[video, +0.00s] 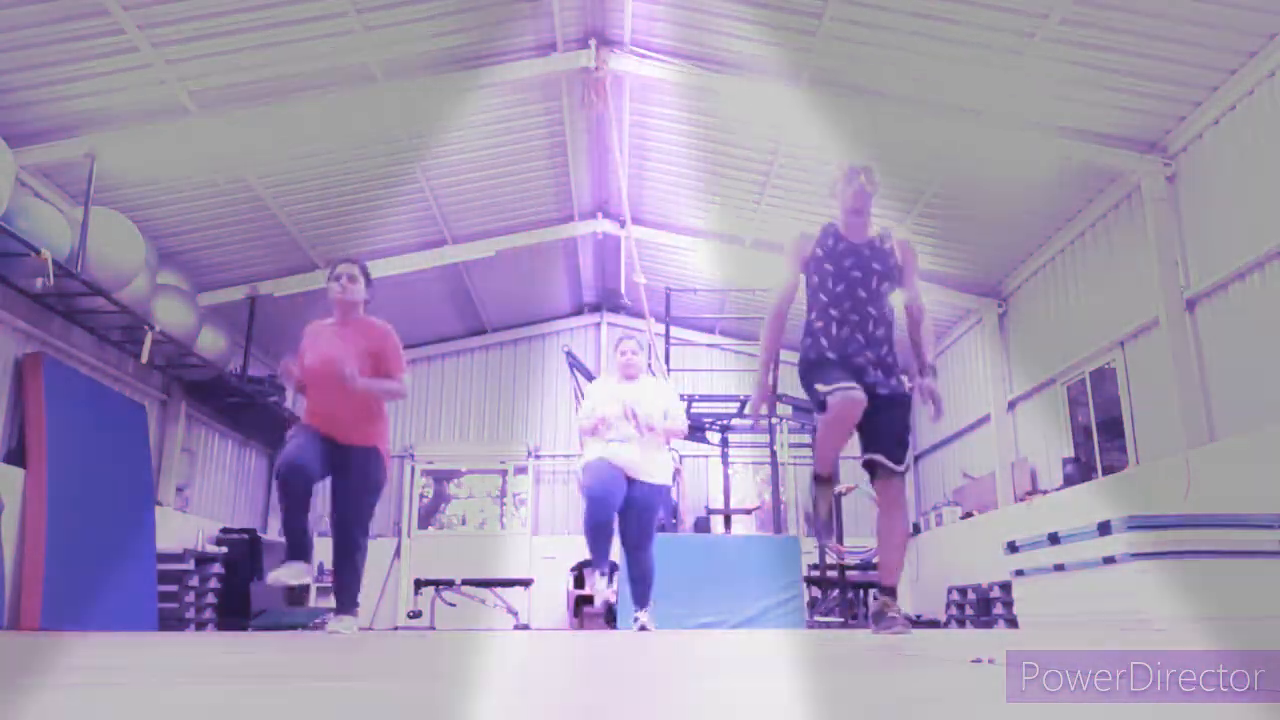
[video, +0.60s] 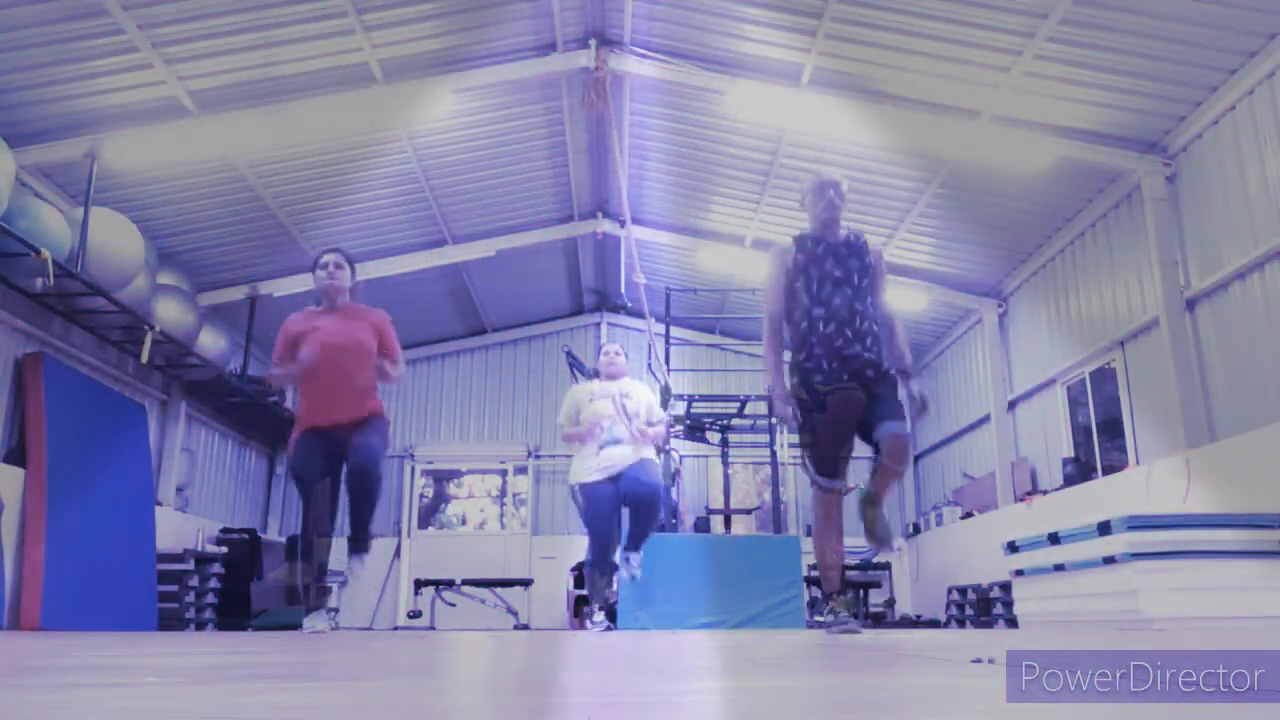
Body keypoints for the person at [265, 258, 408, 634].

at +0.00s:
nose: (343, 285)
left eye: (352, 279)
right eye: (337, 279)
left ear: (366, 290)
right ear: (327, 289)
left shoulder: (381, 333)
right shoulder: (314, 331)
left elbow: (400, 387)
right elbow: (308, 387)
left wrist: (360, 383)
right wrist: (294, 378)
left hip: (362, 441)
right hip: (317, 432)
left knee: (350, 531)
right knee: (291, 469)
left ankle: (346, 611)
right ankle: (299, 561)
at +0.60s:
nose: (330, 272)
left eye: (338, 267)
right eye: (323, 267)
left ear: (352, 278)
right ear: (314, 278)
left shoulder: (375, 319)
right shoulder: (296, 323)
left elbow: (397, 368)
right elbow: (274, 376)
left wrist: (388, 371)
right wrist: (299, 367)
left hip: (364, 421)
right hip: (315, 426)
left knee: (365, 461)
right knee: (317, 516)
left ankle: (358, 551)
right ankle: (316, 606)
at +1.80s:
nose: (344, 296)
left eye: (352, 291)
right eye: (339, 291)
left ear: (367, 301)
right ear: (330, 302)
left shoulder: (388, 339)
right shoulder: (320, 345)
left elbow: (417, 382)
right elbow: (312, 399)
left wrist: (397, 392)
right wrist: (306, 392)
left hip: (376, 448)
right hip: (330, 443)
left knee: (370, 526)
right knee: (321, 511)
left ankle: (371, 609)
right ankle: (317, 601)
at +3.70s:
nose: (350, 285)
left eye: (358, 280)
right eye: (344, 280)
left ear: (371, 291)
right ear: (334, 290)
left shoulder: (392, 330)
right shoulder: (319, 332)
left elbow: (413, 376)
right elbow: (304, 384)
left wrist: (397, 385)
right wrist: (320, 377)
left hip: (382, 430)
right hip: (336, 436)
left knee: (370, 480)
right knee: (336, 518)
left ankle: (378, 550)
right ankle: (338, 605)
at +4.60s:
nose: (349, 270)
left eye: (358, 266)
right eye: (343, 265)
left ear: (373, 278)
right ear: (335, 276)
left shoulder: (387, 321)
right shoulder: (324, 322)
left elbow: (407, 378)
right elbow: (318, 382)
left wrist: (351, 365)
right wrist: (295, 415)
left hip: (364, 435)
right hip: (320, 429)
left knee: (356, 528)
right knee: (289, 464)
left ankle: (354, 611)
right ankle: (302, 552)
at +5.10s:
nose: (317, 250)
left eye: (326, 244)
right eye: (311, 244)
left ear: (341, 256)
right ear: (301, 255)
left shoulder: (361, 303)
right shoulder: (281, 308)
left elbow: (388, 363)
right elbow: (262, 366)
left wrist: (383, 419)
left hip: (347, 427)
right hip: (294, 431)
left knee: (341, 501)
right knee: (291, 527)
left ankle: (349, 559)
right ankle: (298, 612)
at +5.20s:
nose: (320, 233)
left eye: (328, 227)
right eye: (312, 227)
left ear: (342, 238)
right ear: (301, 237)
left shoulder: (363, 287)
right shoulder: (280, 283)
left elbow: (389, 348)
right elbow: (254, 343)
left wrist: (390, 398)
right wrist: (268, 312)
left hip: (344, 392)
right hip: (294, 401)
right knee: (292, 509)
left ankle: (339, 531)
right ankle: (296, 606)